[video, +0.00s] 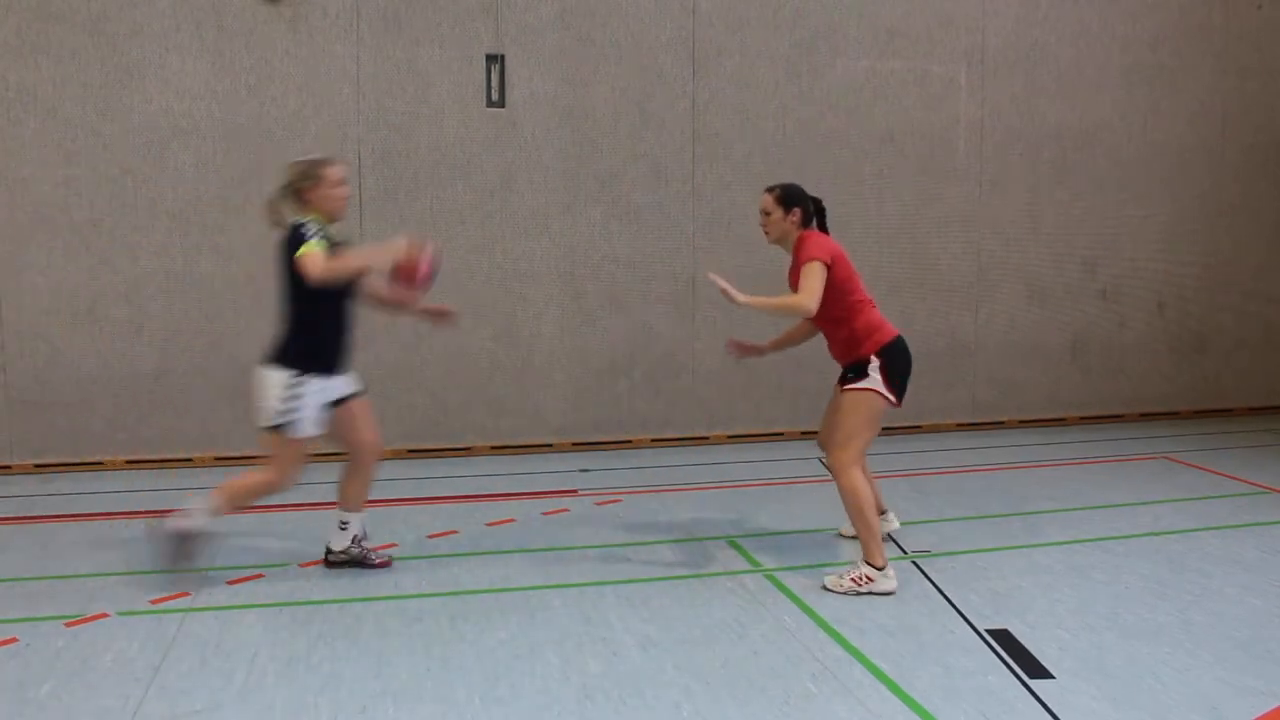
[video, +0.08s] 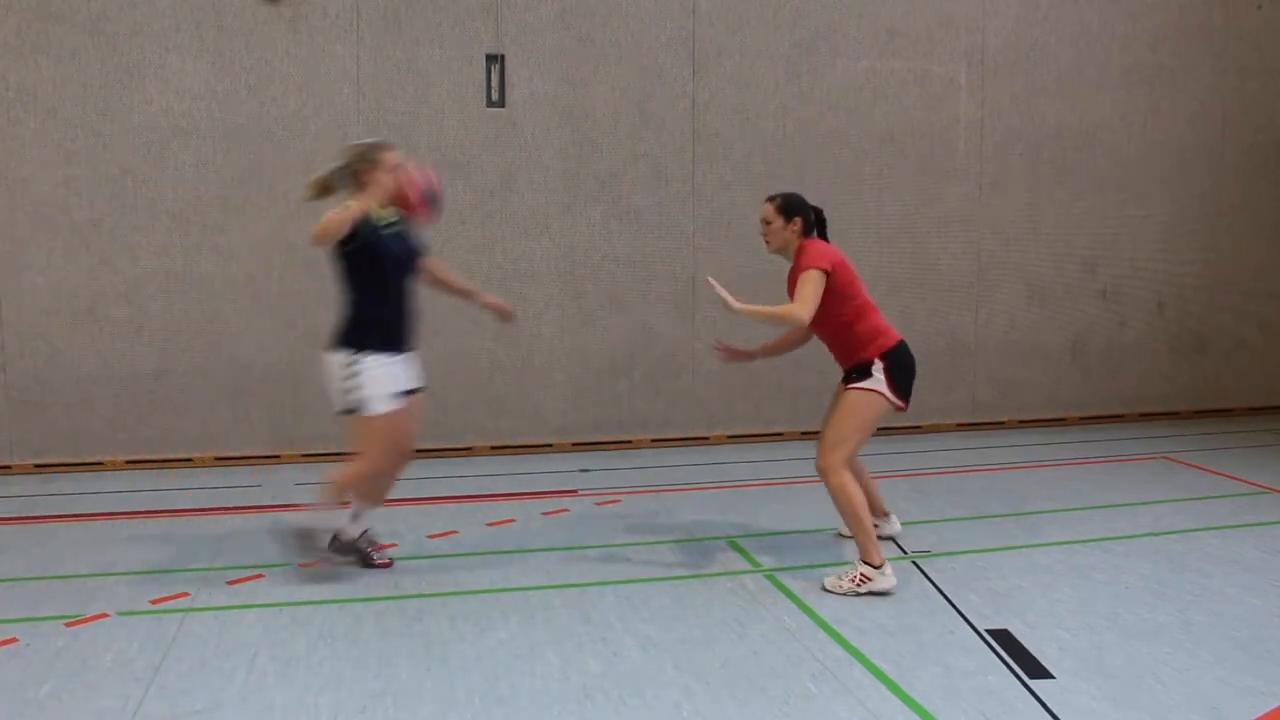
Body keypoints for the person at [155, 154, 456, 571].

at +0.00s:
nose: (345, 193)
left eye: (345, 185)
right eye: (336, 185)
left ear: (328, 192)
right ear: (309, 193)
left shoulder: (332, 243)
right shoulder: (305, 234)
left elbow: (365, 287)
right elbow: (316, 271)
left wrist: (416, 306)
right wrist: (388, 253)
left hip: (333, 374)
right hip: (294, 375)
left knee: (366, 448)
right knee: (279, 474)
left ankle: (344, 543)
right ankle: (189, 520)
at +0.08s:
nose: (400, 177)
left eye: (400, 169)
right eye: (392, 170)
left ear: (397, 178)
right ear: (367, 175)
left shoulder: (395, 223)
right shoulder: (351, 218)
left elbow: (431, 269)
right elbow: (321, 235)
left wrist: (481, 298)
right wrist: (367, 199)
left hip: (397, 353)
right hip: (362, 354)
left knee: (401, 448)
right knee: (380, 452)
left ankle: (352, 530)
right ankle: (316, 520)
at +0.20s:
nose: (490, 172)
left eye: (490, 164)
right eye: (481, 164)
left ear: (480, 172)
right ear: (455, 170)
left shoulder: (484, 219)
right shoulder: (436, 213)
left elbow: (498, 274)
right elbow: (378, 228)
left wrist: (544, 308)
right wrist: (370, 172)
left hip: (486, 345)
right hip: (450, 347)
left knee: (510, 434)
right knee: (475, 444)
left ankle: (447, 501)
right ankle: (460, 545)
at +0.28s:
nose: (550, 186)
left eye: (550, 178)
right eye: (541, 178)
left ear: (539, 187)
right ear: (516, 184)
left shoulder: (541, 229)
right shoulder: (496, 225)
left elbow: (542, 290)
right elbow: (443, 240)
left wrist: (574, 321)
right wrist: (409, 182)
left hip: (542, 358)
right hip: (504, 363)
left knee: (586, 426)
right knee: (519, 460)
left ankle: (582, 516)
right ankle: (471, 549)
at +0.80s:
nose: (766, 207)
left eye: (766, 199)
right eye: (758, 200)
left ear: (765, 200)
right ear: (737, 205)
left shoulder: (733, 245)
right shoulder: (734, 245)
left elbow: (710, 306)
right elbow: (749, 262)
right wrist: (738, 197)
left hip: (750, 373)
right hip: (731, 374)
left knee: (772, 452)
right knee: (697, 470)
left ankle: (715, 515)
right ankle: (607, 525)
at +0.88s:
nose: (772, 209)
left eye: (773, 201)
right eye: (764, 202)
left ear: (743, 207)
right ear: (741, 207)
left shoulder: (738, 243)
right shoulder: (737, 246)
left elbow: (717, 309)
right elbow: (767, 262)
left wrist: (720, 354)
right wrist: (775, 200)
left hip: (752, 373)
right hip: (732, 376)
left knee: (769, 450)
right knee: (729, 479)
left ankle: (714, 516)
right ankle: (628, 524)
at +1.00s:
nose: (780, 209)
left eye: (781, 201)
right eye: (772, 201)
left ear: (748, 207)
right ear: (741, 204)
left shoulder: (753, 245)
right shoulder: (738, 248)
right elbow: (796, 269)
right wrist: (833, 202)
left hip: (746, 377)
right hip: (721, 381)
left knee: (738, 459)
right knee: (758, 481)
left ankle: (719, 518)